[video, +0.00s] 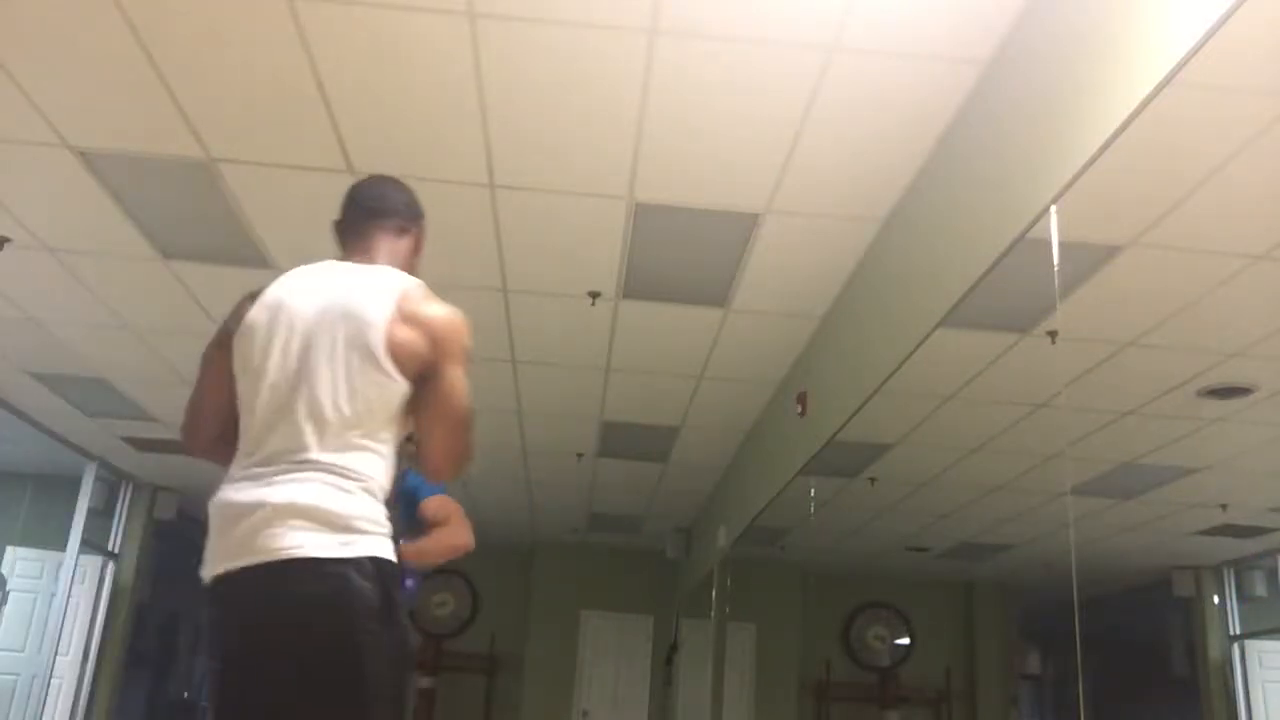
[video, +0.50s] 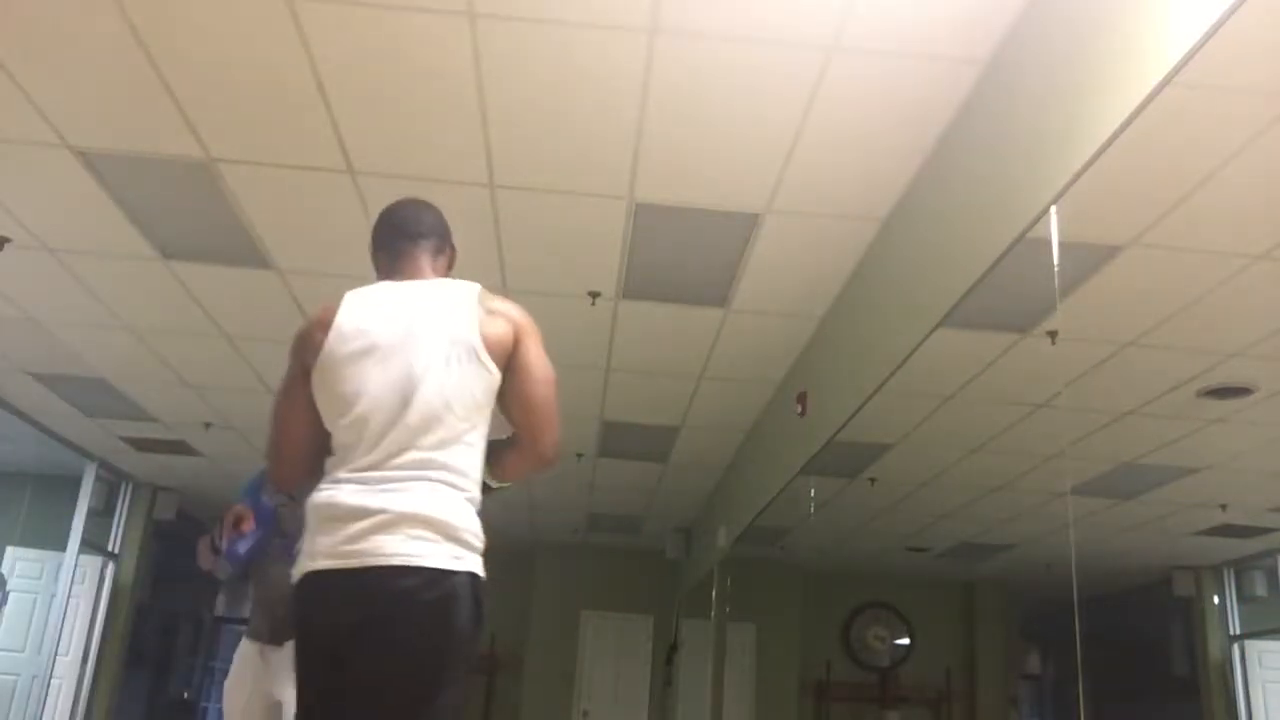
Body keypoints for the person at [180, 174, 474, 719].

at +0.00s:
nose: (416, 255)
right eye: (417, 242)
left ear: (339, 233)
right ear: (415, 237)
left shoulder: (255, 304)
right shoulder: (432, 317)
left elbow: (203, 434)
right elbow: (443, 460)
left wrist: (285, 459)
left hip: (237, 571)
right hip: (342, 567)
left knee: (244, 710)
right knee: (361, 709)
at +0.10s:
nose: (433, 249)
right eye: (434, 236)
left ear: (357, 227)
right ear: (432, 231)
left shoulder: (272, 294)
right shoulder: (455, 314)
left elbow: (217, 423)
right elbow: (455, 463)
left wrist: (305, 433)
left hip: (254, 564)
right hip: (360, 560)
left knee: (264, 711)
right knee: (368, 710)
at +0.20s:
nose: (439, 242)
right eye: (442, 229)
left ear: (367, 222)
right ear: (442, 225)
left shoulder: (288, 289)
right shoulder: (474, 307)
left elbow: (232, 416)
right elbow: (472, 456)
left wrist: (321, 403)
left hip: (270, 551)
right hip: (377, 551)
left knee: (266, 709)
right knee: (365, 708)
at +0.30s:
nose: (438, 248)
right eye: (444, 239)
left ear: (371, 229)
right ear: (447, 235)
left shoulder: (302, 296)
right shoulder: (487, 315)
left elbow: (244, 430)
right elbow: (498, 461)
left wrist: (330, 399)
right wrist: (458, 420)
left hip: (285, 558)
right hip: (392, 562)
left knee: (278, 711)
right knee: (368, 709)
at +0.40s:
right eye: (446, 248)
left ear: (371, 247)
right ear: (448, 247)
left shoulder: (313, 310)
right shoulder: (494, 317)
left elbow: (264, 448)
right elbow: (523, 459)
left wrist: (338, 417)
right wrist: (468, 451)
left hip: (309, 570)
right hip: (416, 568)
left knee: (306, 711)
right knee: (399, 709)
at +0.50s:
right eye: (446, 257)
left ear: (375, 259)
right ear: (450, 255)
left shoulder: (328, 322)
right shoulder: (502, 317)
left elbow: (289, 473)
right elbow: (541, 445)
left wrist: (350, 436)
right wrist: (477, 466)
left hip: (331, 580)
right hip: (438, 579)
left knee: (323, 713)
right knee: (425, 711)